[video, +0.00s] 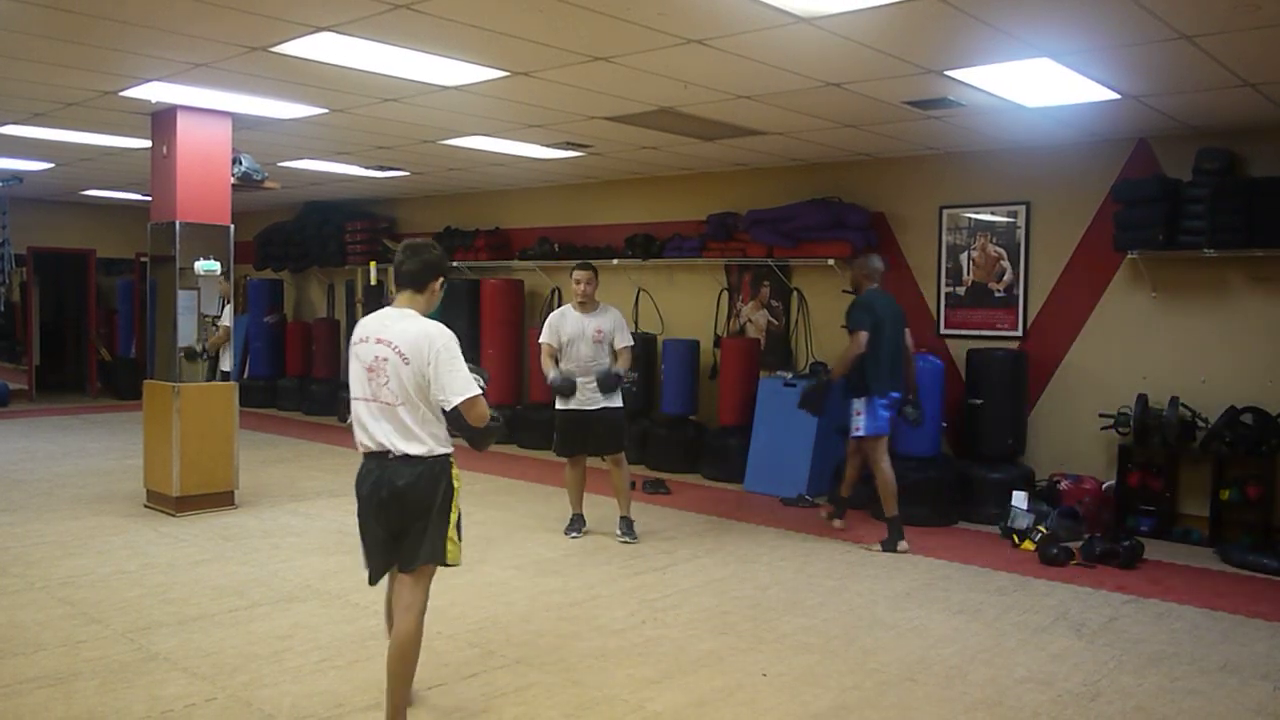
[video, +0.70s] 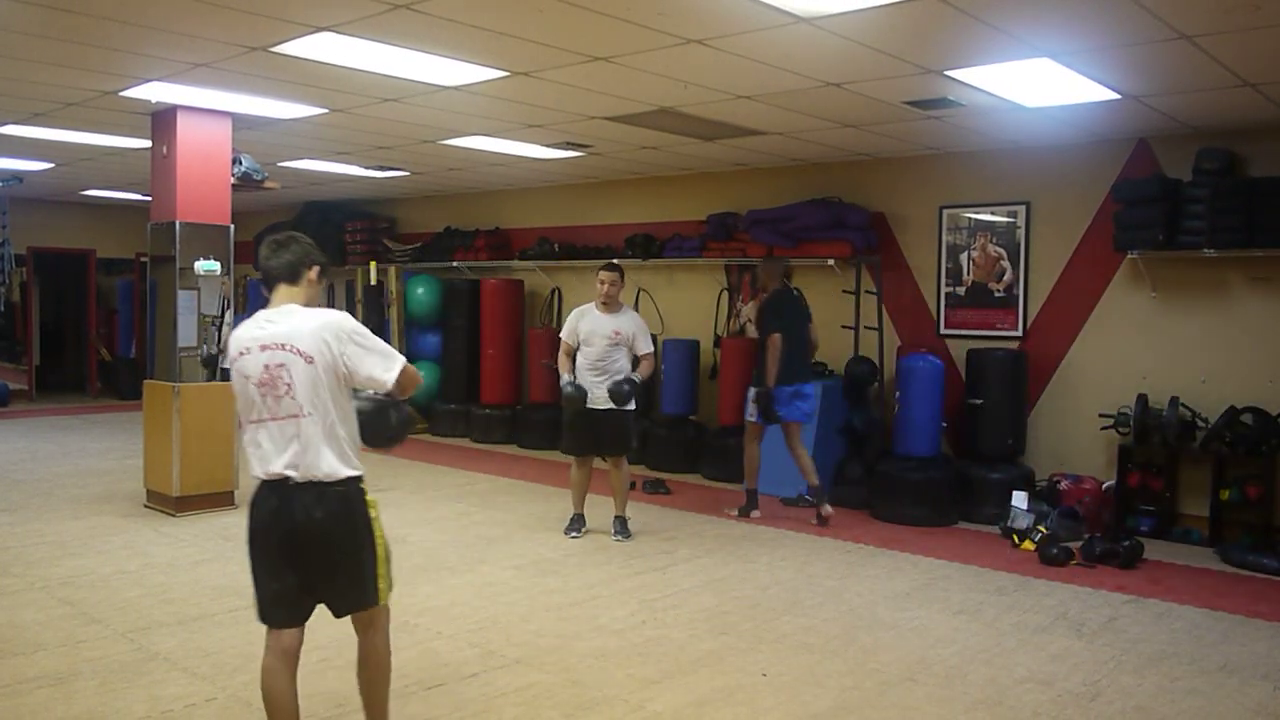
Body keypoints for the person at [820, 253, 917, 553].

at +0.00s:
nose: (850, 278)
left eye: (852, 274)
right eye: (852, 273)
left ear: (861, 275)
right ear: (878, 276)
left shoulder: (861, 305)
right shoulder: (892, 305)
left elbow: (859, 343)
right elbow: (909, 347)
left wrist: (833, 374)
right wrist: (910, 388)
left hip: (870, 392)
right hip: (890, 390)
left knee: (879, 458)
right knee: (856, 449)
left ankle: (896, 535)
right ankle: (838, 506)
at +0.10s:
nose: (837, 278)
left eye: (839, 273)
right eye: (838, 272)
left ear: (847, 277)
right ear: (866, 277)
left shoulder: (847, 306)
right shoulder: (878, 304)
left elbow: (845, 346)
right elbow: (894, 344)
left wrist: (820, 377)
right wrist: (895, 386)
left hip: (855, 392)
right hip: (874, 390)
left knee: (862, 457)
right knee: (842, 450)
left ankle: (891, 528)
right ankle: (830, 514)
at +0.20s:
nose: (826, 277)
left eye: (828, 272)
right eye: (828, 271)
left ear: (836, 275)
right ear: (855, 276)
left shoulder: (834, 304)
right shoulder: (869, 305)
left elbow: (836, 343)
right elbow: (878, 345)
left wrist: (815, 375)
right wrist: (876, 383)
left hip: (837, 387)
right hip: (861, 386)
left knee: (829, 450)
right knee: (836, 450)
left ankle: (871, 508)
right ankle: (829, 513)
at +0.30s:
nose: (814, 274)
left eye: (817, 269)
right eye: (816, 269)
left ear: (824, 272)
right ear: (840, 273)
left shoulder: (825, 301)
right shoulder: (853, 300)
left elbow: (828, 343)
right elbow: (864, 345)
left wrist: (810, 380)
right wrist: (852, 371)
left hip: (831, 383)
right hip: (851, 383)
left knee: (801, 441)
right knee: (830, 441)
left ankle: (840, 494)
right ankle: (830, 511)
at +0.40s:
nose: (801, 272)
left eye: (804, 267)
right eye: (802, 267)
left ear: (813, 271)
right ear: (826, 272)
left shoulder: (814, 300)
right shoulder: (842, 300)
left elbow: (819, 342)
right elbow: (853, 343)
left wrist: (806, 382)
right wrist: (839, 370)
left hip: (818, 382)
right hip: (841, 382)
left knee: (783, 435)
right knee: (827, 441)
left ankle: (805, 490)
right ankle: (829, 507)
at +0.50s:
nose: (787, 275)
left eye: (789, 270)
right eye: (789, 270)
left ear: (797, 273)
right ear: (813, 272)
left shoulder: (800, 301)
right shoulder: (829, 300)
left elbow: (809, 342)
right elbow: (840, 344)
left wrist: (799, 384)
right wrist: (825, 369)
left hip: (803, 381)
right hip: (829, 381)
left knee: (772, 436)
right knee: (823, 443)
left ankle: (771, 502)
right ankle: (829, 512)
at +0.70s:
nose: (758, 278)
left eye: (760, 274)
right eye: (760, 273)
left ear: (767, 275)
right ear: (784, 274)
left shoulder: (770, 303)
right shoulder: (798, 298)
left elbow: (775, 342)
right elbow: (812, 339)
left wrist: (768, 386)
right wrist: (800, 365)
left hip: (771, 383)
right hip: (799, 381)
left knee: (752, 439)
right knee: (795, 440)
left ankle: (751, 502)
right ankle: (819, 498)